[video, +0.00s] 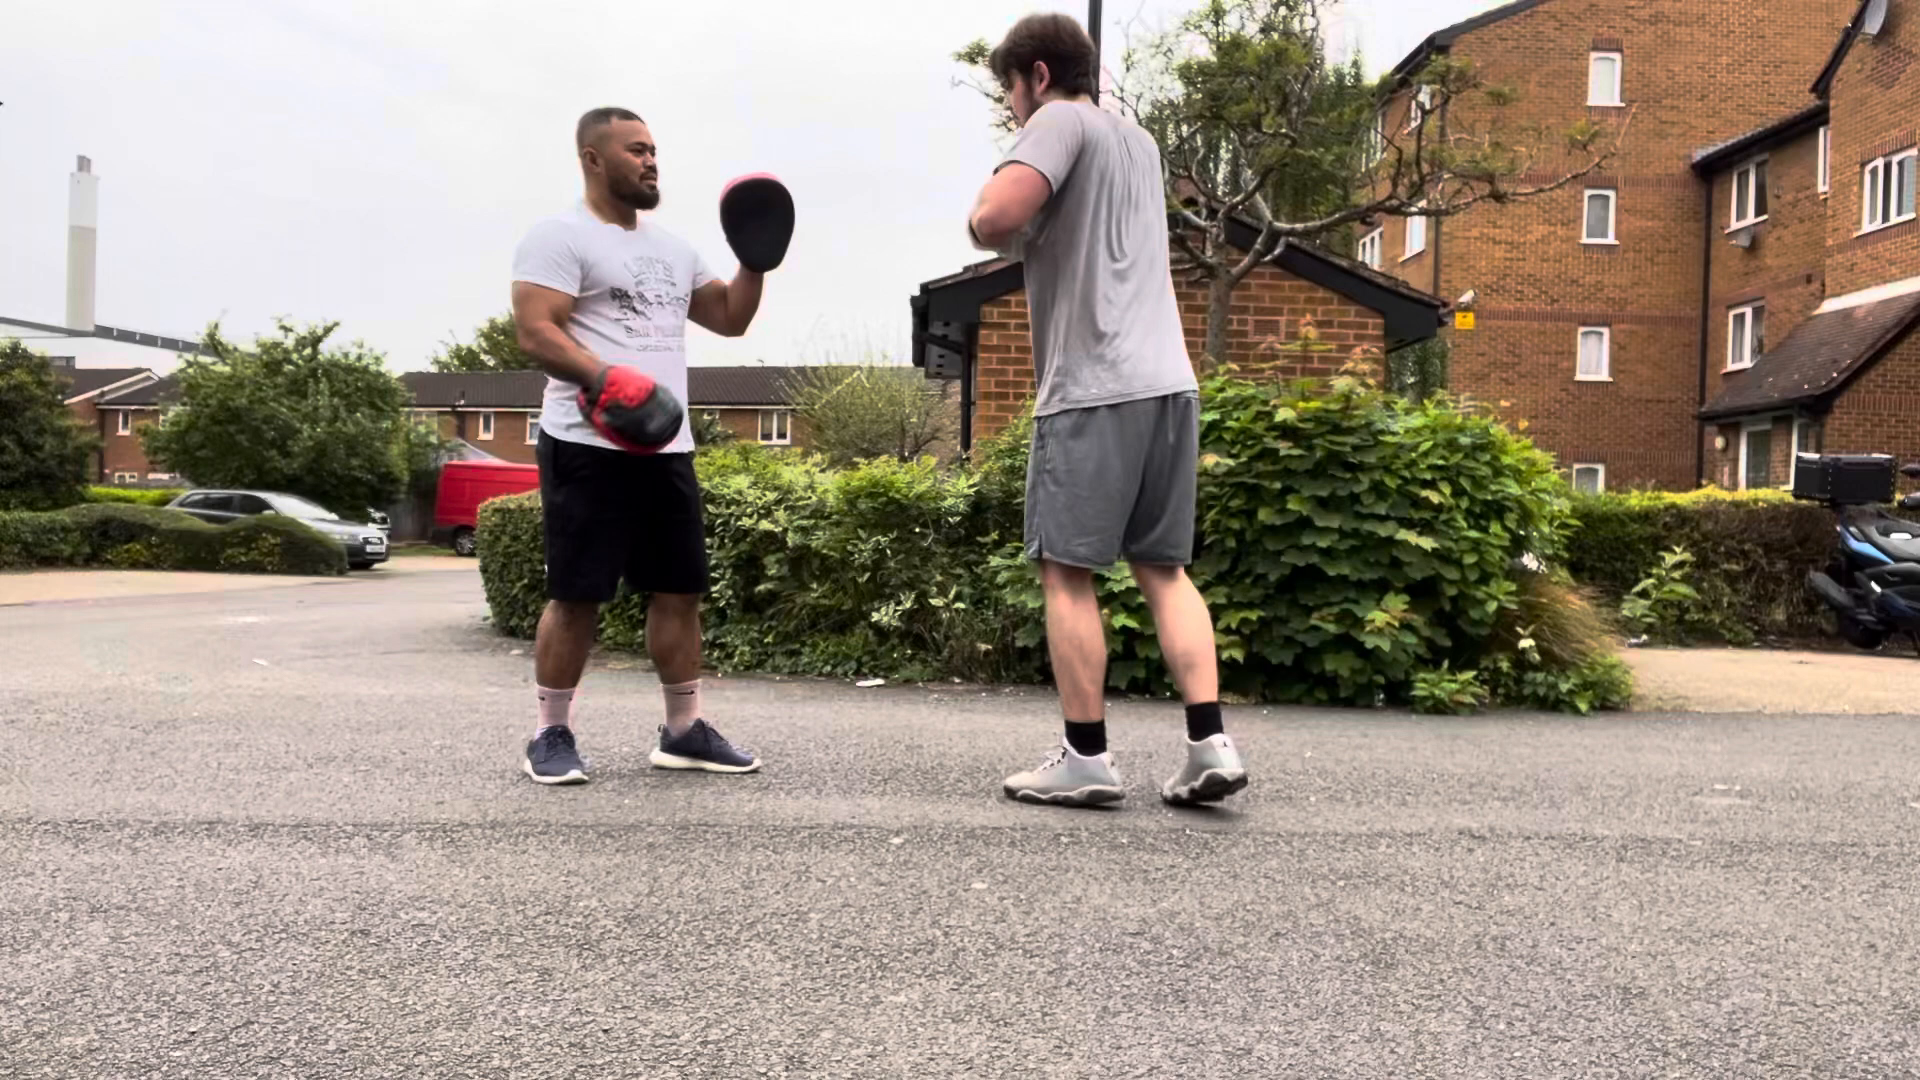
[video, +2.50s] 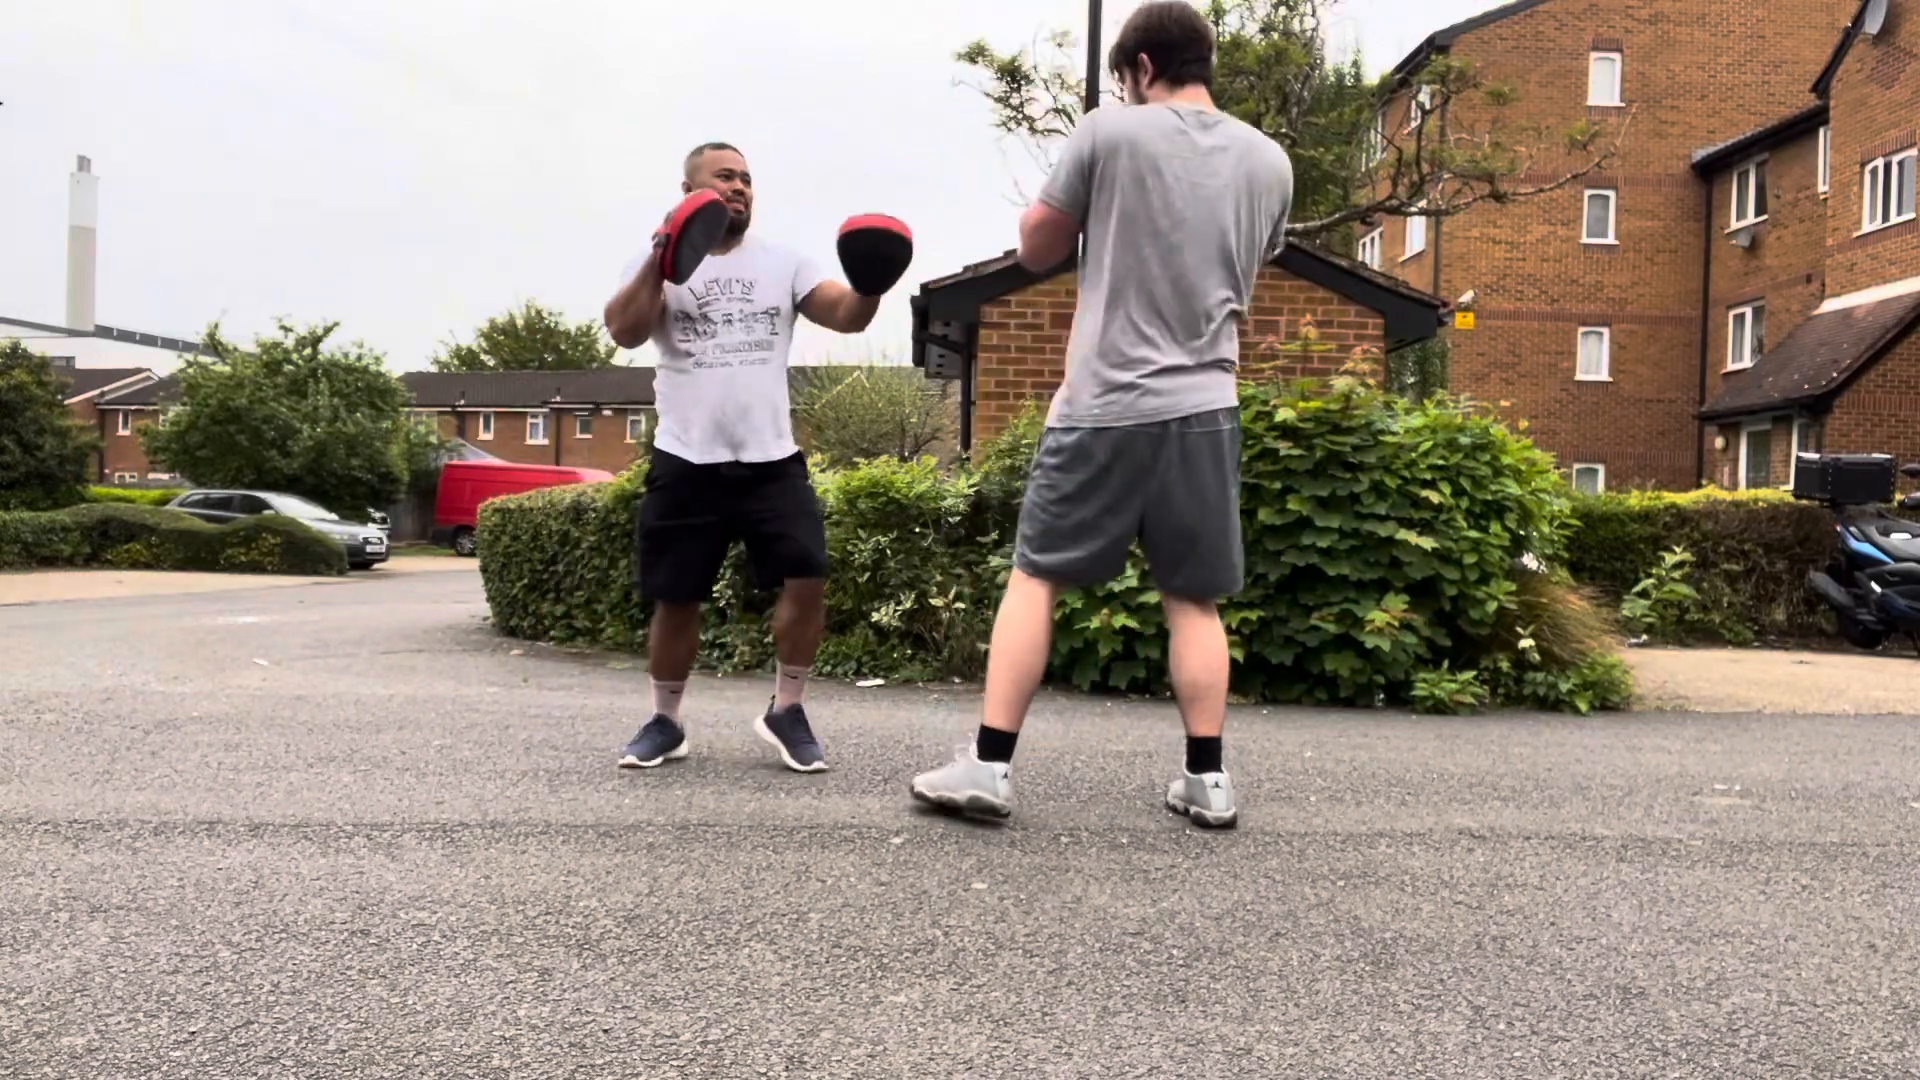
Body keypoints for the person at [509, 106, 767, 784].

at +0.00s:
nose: (653, 161)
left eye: (654, 152)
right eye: (638, 150)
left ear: (650, 164)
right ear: (593, 161)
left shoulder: (674, 250)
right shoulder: (558, 237)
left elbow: (730, 316)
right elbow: (536, 333)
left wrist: (755, 256)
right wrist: (610, 382)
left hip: (666, 451)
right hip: (584, 449)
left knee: (679, 587)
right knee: (575, 592)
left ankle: (683, 728)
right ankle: (554, 733)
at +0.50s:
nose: (652, 160)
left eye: (654, 150)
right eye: (637, 147)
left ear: (653, 164)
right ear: (592, 157)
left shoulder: (675, 243)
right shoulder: (561, 234)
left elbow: (737, 312)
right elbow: (561, 318)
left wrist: (756, 247)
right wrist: (631, 255)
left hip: (670, 443)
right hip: (587, 443)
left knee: (683, 586)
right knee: (576, 592)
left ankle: (684, 727)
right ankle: (552, 732)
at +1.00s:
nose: (654, 155)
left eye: (655, 145)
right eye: (639, 143)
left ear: (651, 158)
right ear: (593, 152)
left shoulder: (677, 235)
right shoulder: (561, 233)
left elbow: (756, 287)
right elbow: (554, 320)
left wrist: (785, 218)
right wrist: (617, 263)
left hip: (675, 444)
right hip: (590, 445)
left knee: (698, 582)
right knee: (578, 593)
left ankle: (689, 722)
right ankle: (553, 731)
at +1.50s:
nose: (708, 174)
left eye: (715, 164)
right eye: (693, 164)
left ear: (728, 178)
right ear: (670, 178)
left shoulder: (742, 271)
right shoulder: (643, 236)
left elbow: (777, 357)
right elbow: (678, 274)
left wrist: (815, 308)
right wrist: (702, 193)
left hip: (726, 456)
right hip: (645, 449)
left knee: (747, 594)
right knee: (609, 594)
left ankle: (754, 726)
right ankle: (555, 729)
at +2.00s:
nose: (794, 188)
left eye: (802, 180)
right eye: (780, 176)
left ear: (809, 198)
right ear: (744, 186)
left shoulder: (814, 280)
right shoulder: (704, 246)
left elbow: (858, 360)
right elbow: (672, 304)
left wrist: (887, 306)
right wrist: (725, 233)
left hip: (771, 454)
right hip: (690, 443)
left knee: (765, 592)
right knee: (661, 586)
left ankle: (755, 724)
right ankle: (634, 717)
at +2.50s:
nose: (739, 187)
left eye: (746, 179)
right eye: (723, 177)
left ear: (754, 194)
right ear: (688, 191)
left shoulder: (784, 259)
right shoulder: (663, 260)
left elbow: (849, 317)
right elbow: (622, 331)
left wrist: (873, 278)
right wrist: (661, 258)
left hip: (771, 456)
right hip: (686, 458)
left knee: (808, 572)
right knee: (675, 593)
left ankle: (787, 709)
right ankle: (665, 720)